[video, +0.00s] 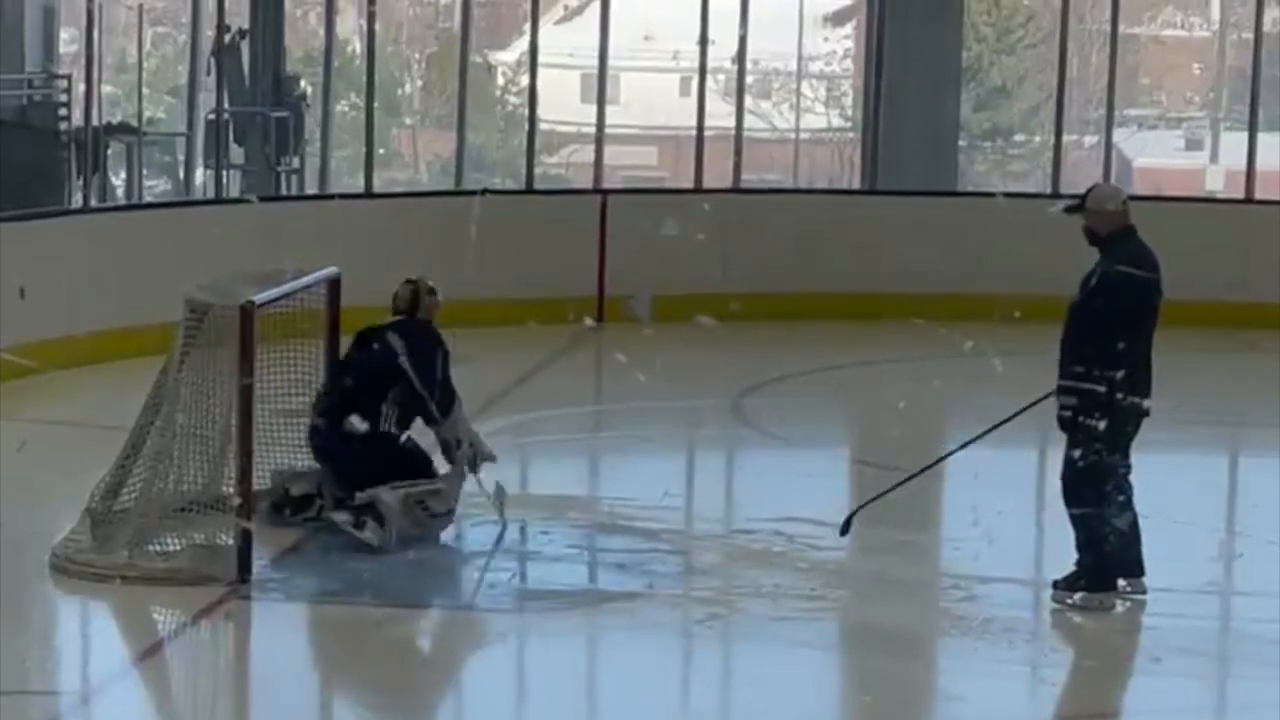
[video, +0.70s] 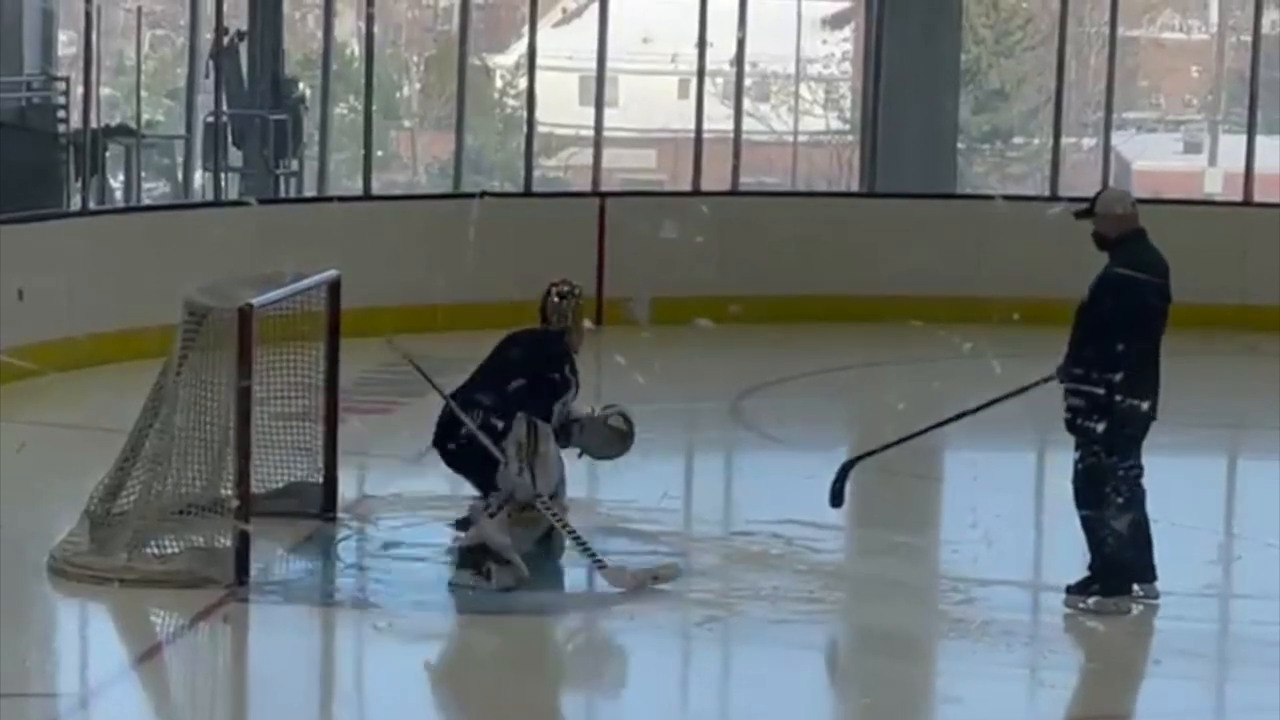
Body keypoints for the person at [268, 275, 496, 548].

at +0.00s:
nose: (438, 309)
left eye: (437, 302)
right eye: (434, 302)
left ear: (401, 305)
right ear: (425, 305)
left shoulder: (376, 334)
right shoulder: (422, 337)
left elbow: (427, 404)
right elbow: (439, 402)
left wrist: (458, 443)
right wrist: (467, 446)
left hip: (326, 437)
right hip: (357, 437)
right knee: (433, 490)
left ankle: (312, 496)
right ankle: (382, 514)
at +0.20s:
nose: (480, 326)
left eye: (480, 318)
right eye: (479, 318)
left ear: (441, 312)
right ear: (474, 320)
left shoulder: (410, 340)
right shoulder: (467, 373)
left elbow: (380, 394)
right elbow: (446, 429)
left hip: (358, 445)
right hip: (405, 462)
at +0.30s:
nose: (503, 330)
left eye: (502, 321)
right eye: (501, 321)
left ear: (465, 317)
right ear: (492, 324)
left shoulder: (435, 345)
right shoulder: (482, 369)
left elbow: (416, 395)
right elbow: (476, 426)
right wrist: (505, 425)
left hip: (387, 453)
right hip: (426, 470)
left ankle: (335, 487)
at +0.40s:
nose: (525, 332)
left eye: (525, 323)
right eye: (522, 323)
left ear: (487, 322)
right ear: (509, 325)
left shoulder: (460, 348)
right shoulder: (497, 365)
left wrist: (525, 426)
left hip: (407, 449)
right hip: (433, 459)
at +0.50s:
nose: (541, 334)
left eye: (540, 324)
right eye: (537, 325)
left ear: (507, 321)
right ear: (527, 325)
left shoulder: (481, 347)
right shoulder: (511, 363)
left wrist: (543, 431)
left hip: (425, 448)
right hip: (450, 461)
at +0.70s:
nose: (583, 331)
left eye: (582, 323)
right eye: (580, 322)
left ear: (547, 316)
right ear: (571, 321)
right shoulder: (553, 357)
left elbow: (545, 415)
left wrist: (581, 428)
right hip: (471, 432)